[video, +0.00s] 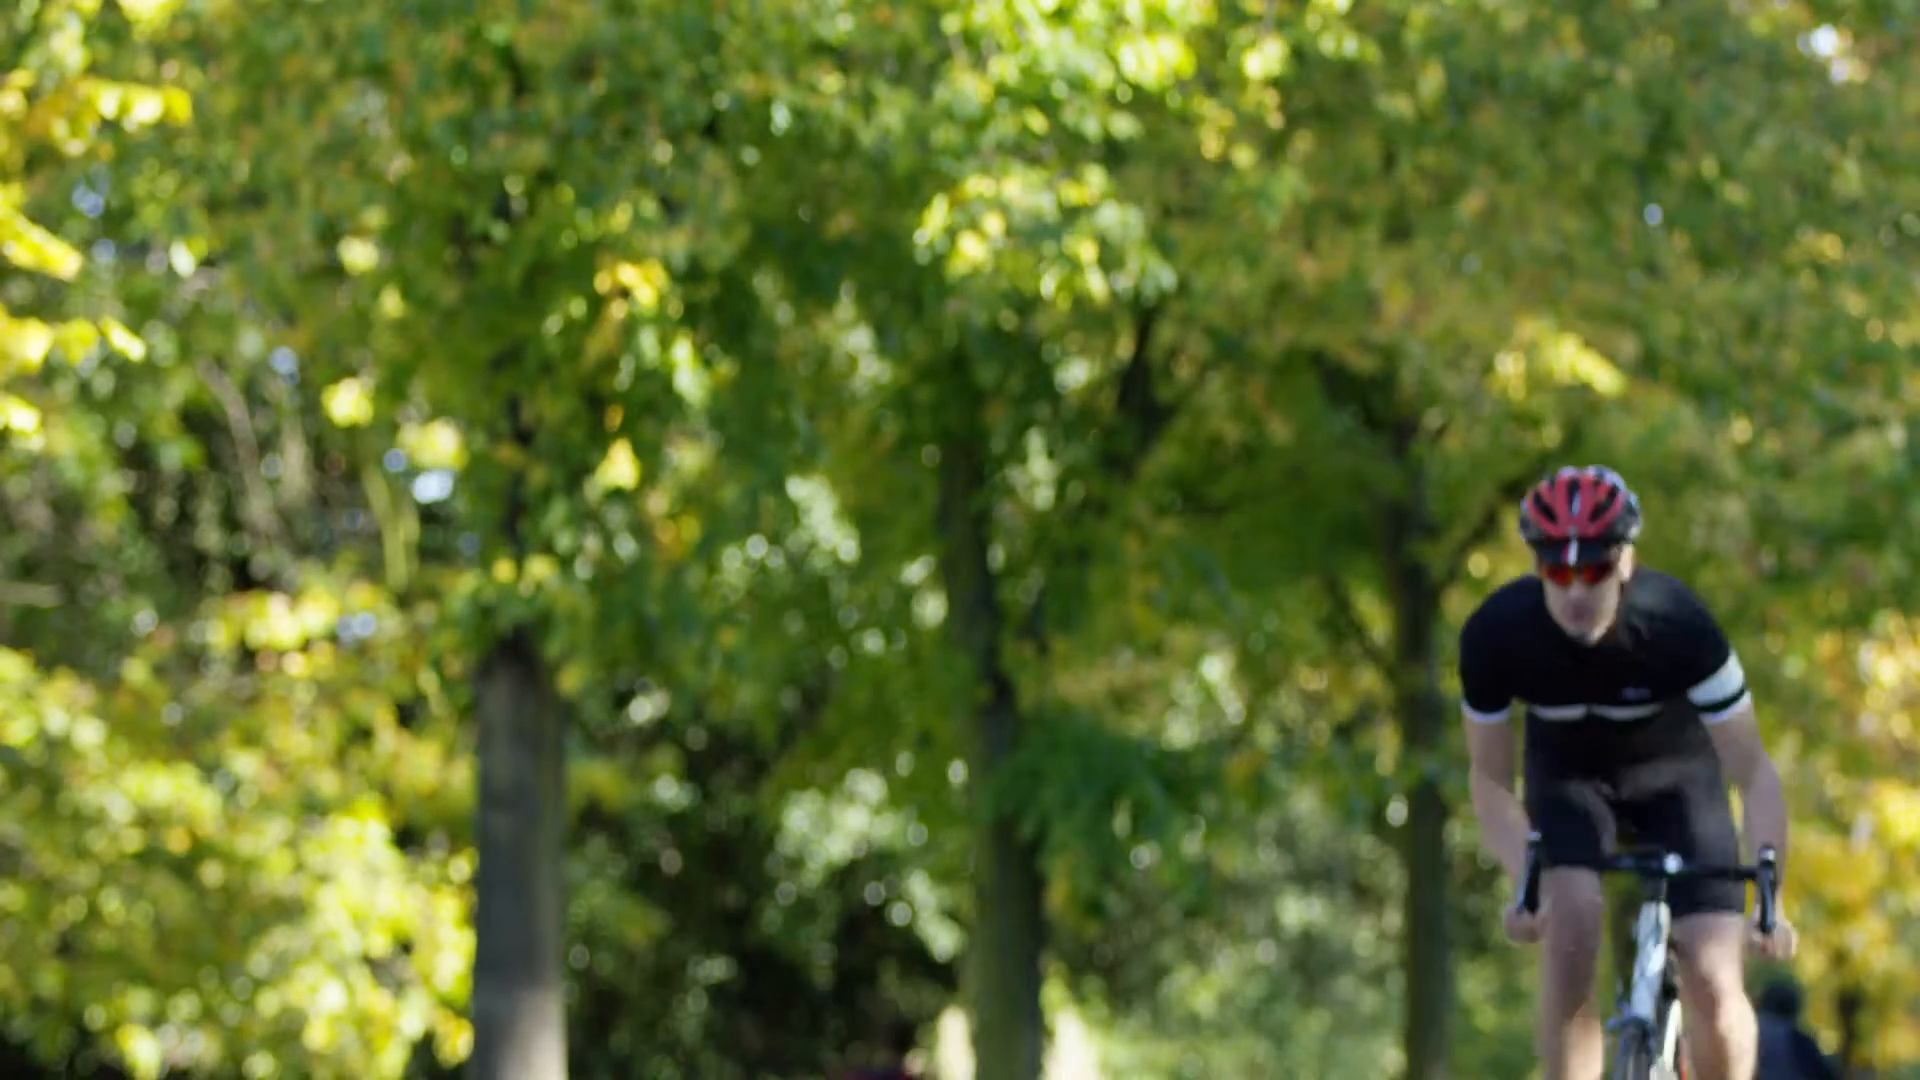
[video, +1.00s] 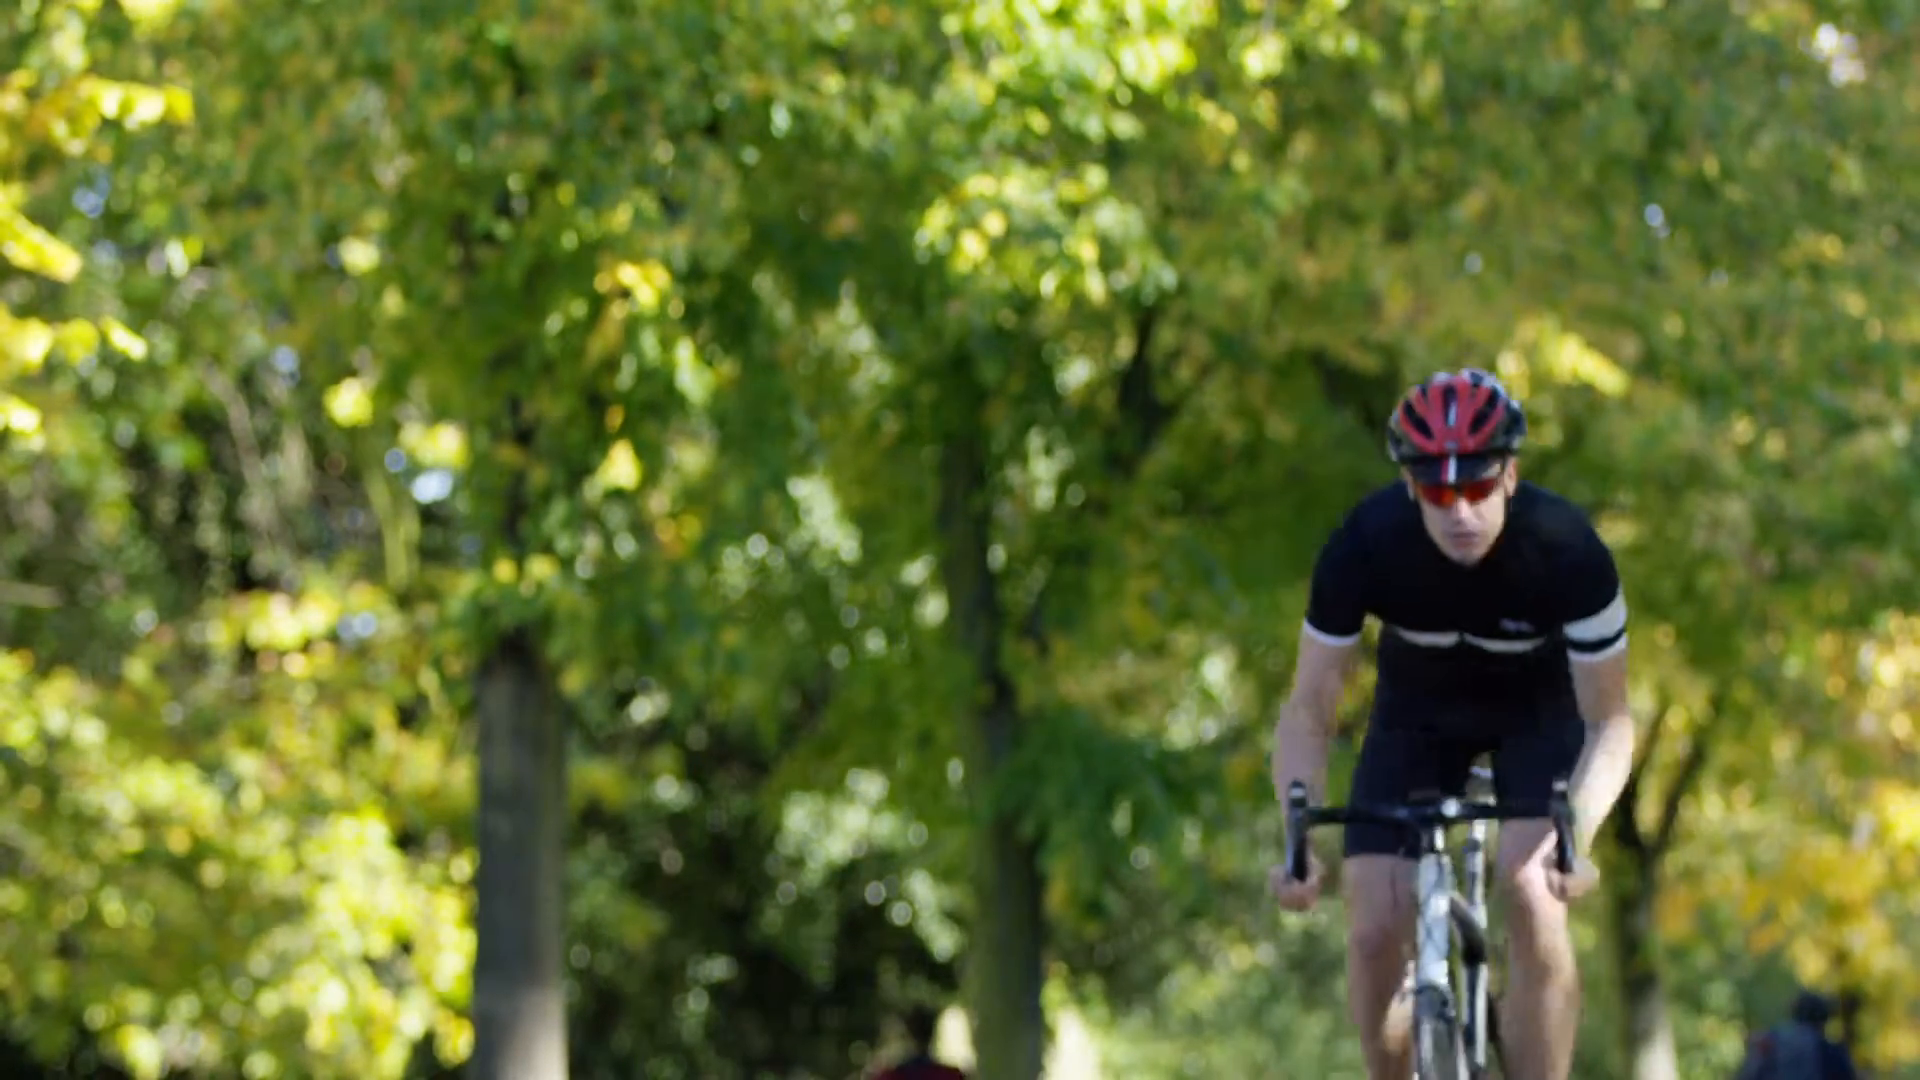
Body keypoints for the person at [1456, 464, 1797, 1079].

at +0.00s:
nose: (1576, 594)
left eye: (1595, 574)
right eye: (1559, 575)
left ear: (1627, 561)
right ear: (1537, 568)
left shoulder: (1677, 621)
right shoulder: (1494, 634)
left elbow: (1753, 769)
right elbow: (1491, 778)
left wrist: (1768, 898)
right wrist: (1525, 877)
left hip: (1675, 755)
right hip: (1564, 763)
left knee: (1712, 974)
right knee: (1572, 924)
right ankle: (1569, 1071)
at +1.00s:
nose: (1460, 512)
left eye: (1479, 489)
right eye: (1437, 493)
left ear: (1511, 473)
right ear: (1410, 482)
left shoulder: (1565, 546)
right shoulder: (1365, 545)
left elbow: (1611, 719)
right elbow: (1309, 707)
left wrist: (1574, 830)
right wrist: (1297, 829)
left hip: (1538, 710)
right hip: (1414, 709)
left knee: (1530, 888)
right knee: (1375, 926)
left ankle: (1540, 1070)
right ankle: (1396, 1071)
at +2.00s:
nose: (1225, 407)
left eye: (1245, 382)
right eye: (1202, 385)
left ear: (1285, 368)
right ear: (1175, 380)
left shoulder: (1357, 433)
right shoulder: (1130, 470)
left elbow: (1474, 608)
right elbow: (1137, 656)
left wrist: (1504, 758)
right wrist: (1188, 772)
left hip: (1377, 605)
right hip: (1236, 620)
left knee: (1446, 861)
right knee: (1260, 833)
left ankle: (1475, 1071)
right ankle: (1287, 1071)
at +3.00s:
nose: (993, 254)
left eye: (1017, 222)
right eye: (964, 228)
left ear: (1057, 208)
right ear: (928, 220)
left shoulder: (1136, 296)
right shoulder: (867, 301)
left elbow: (1205, 519)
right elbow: (794, 514)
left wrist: (1152, 664)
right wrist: (779, 696)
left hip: (1118, 514)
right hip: (960, 515)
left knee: (1111, 752)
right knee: (907, 812)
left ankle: (1144, 1069)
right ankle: (971, 1062)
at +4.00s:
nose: (462, 49)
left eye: (491, 17)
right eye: (432, 21)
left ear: (546, 8)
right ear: (399, 21)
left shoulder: (665, 75)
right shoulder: (347, 126)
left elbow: (833, 319)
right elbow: (365, 378)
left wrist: (851, 547)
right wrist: (404, 558)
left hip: (715, 312)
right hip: (522, 333)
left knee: (793, 699)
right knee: (523, 659)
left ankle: (865, 1030)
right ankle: (587, 1045)